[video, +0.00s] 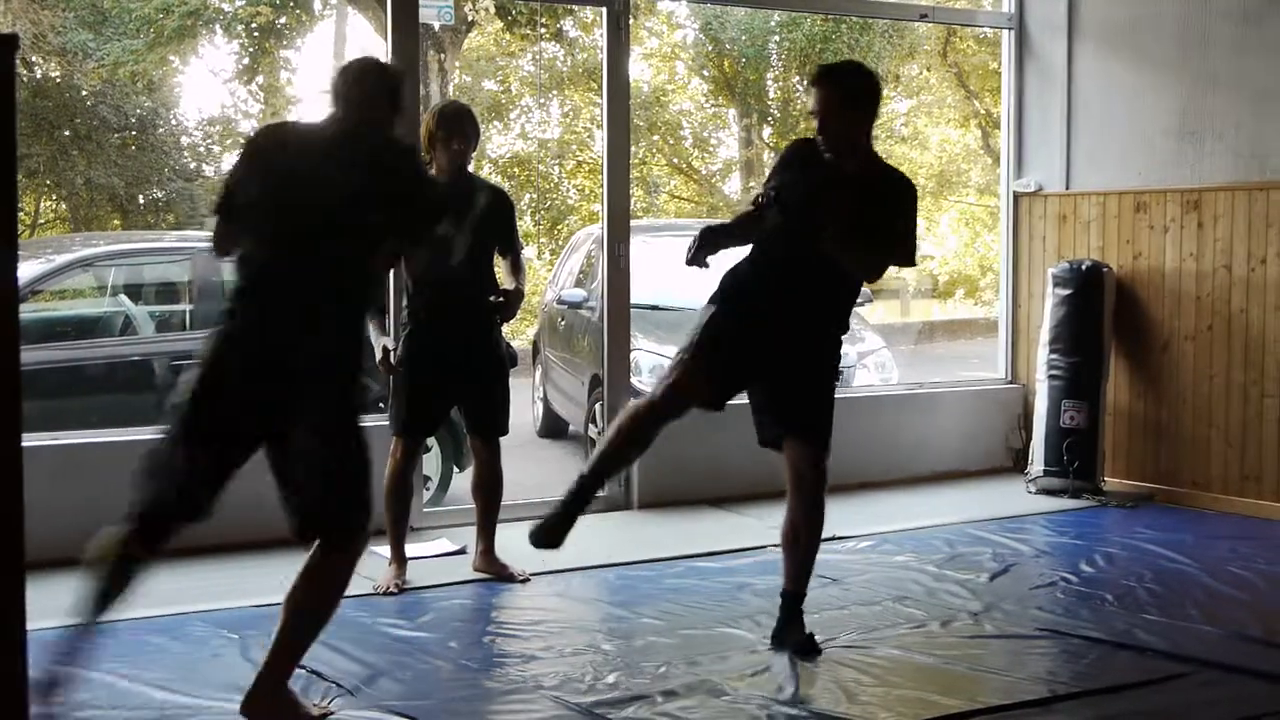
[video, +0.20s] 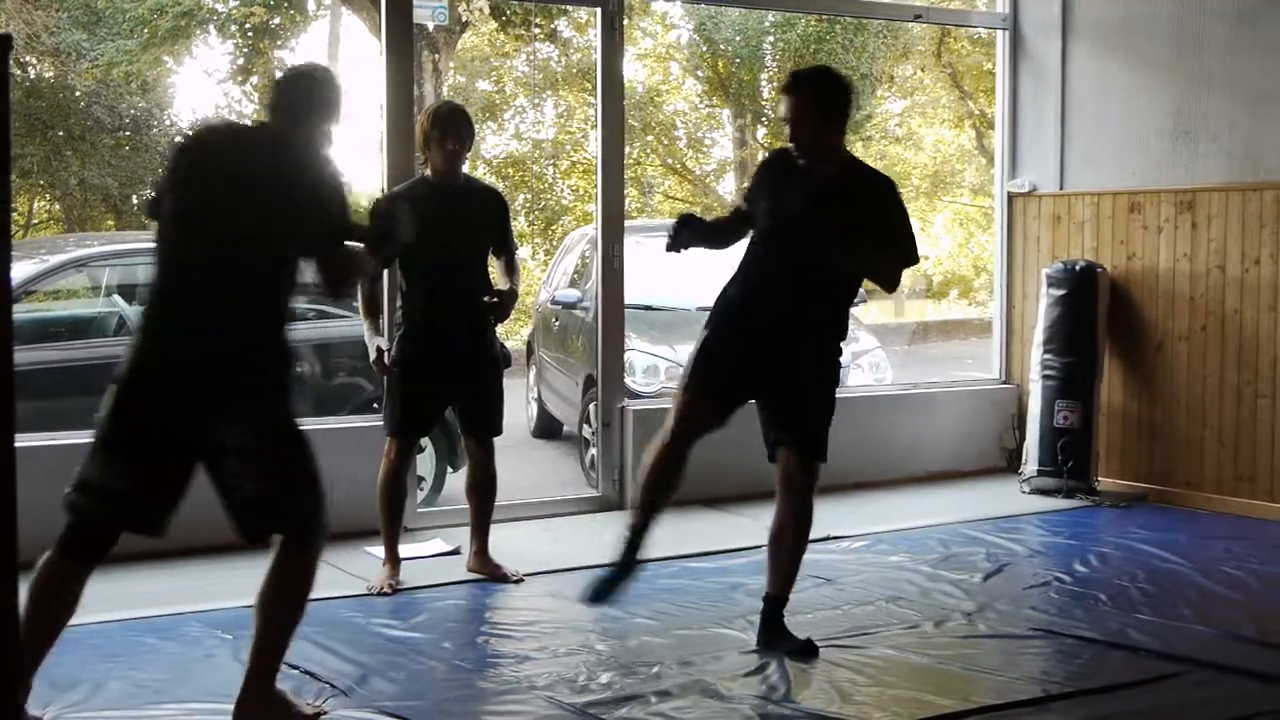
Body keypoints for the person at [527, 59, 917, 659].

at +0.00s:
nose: (818, 124)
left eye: (828, 114)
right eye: (816, 113)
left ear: (862, 114)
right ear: (817, 109)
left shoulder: (894, 189)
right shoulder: (801, 157)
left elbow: (882, 263)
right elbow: (762, 215)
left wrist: (831, 215)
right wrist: (719, 235)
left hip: (811, 338)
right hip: (745, 312)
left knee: (809, 482)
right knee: (665, 401)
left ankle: (791, 618)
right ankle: (575, 499)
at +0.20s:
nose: (788, 132)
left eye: (798, 121)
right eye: (785, 121)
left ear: (834, 119)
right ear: (790, 119)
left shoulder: (875, 191)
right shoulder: (777, 170)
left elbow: (889, 277)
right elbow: (734, 227)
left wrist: (837, 230)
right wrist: (698, 231)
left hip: (809, 348)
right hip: (739, 332)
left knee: (797, 484)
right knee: (678, 433)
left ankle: (773, 621)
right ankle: (627, 557)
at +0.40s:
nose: (759, 130)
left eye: (768, 118)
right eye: (756, 118)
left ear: (804, 114)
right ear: (758, 115)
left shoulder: (848, 179)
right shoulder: (748, 170)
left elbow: (893, 258)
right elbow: (712, 223)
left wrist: (858, 199)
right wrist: (691, 222)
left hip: (806, 351)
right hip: (736, 342)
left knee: (787, 483)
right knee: (715, 472)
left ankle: (767, 616)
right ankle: (749, 539)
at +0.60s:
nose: (747, 140)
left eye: (758, 129)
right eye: (742, 130)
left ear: (789, 130)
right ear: (737, 133)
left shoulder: (830, 190)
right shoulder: (736, 191)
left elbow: (866, 273)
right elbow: (694, 261)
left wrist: (839, 234)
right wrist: (714, 224)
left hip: (808, 347)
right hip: (747, 348)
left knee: (791, 473)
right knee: (759, 477)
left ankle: (772, 613)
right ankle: (805, 569)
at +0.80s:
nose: (729, 152)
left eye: (736, 140)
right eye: (725, 142)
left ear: (770, 133)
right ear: (733, 140)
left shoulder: (821, 186)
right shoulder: (739, 192)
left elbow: (857, 268)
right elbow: (714, 262)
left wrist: (805, 272)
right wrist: (736, 202)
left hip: (814, 338)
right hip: (757, 340)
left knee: (802, 459)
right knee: (767, 465)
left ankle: (812, 589)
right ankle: (806, 574)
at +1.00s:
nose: (722, 138)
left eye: (729, 125)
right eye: (719, 126)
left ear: (763, 121)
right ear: (737, 126)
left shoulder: (822, 170)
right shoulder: (744, 178)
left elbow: (875, 239)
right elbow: (721, 248)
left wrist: (813, 249)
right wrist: (719, 210)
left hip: (816, 341)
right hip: (761, 339)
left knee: (803, 468)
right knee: (773, 463)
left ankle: (826, 601)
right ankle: (802, 570)